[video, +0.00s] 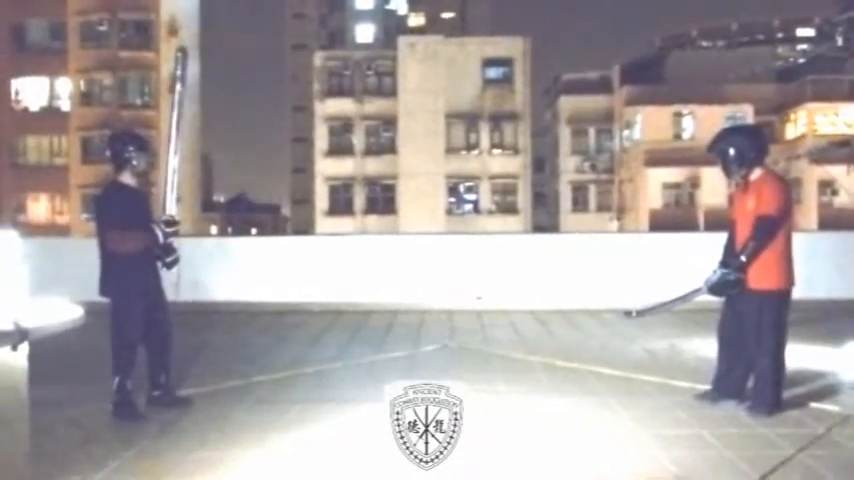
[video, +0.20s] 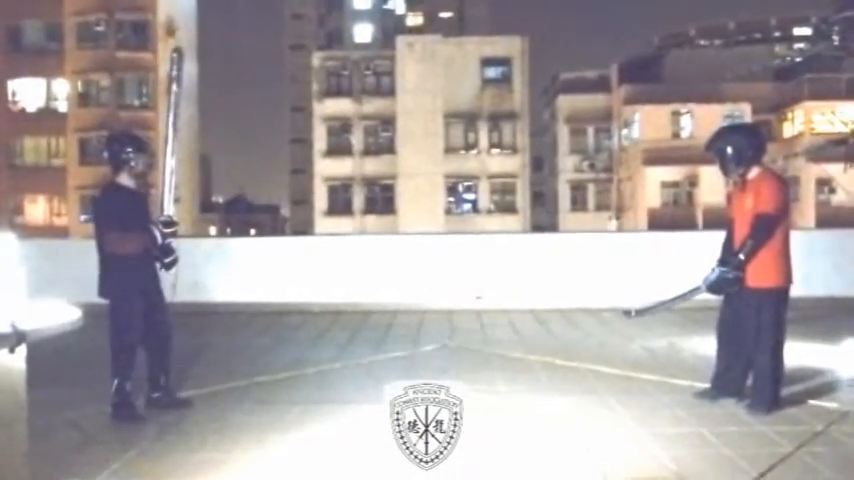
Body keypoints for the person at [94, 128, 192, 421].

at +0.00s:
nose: (148, 161)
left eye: (147, 155)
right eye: (143, 155)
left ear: (129, 157)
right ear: (129, 157)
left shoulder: (139, 195)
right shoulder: (112, 196)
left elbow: (140, 232)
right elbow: (113, 241)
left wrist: (159, 236)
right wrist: (153, 243)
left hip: (146, 277)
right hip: (123, 279)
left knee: (159, 329)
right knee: (127, 334)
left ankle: (160, 388)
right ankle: (121, 393)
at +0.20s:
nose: (148, 163)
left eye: (147, 157)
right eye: (143, 157)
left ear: (130, 159)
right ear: (127, 159)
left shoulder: (137, 195)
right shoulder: (110, 198)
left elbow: (139, 232)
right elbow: (111, 243)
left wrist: (158, 240)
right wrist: (151, 246)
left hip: (145, 278)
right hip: (122, 281)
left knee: (159, 331)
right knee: (126, 335)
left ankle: (160, 389)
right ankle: (121, 397)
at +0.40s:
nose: (145, 163)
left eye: (144, 157)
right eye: (139, 157)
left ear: (126, 160)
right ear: (124, 160)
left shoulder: (135, 196)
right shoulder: (107, 199)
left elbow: (136, 233)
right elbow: (111, 244)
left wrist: (155, 233)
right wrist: (150, 245)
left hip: (143, 279)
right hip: (119, 282)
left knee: (157, 330)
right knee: (123, 336)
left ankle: (157, 390)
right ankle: (118, 396)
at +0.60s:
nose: (142, 162)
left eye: (141, 156)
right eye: (136, 156)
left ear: (121, 159)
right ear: (121, 160)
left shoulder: (131, 195)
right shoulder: (106, 198)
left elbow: (133, 232)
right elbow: (110, 244)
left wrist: (152, 231)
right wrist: (149, 246)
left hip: (140, 278)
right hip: (118, 281)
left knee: (154, 331)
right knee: (121, 338)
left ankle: (155, 391)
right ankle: (116, 398)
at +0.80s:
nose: (141, 162)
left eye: (140, 156)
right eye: (135, 156)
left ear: (121, 160)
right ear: (119, 160)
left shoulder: (130, 195)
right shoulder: (106, 198)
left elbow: (131, 233)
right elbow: (108, 245)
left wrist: (150, 234)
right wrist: (147, 249)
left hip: (138, 278)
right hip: (117, 281)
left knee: (152, 333)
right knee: (119, 338)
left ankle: (153, 391)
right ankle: (114, 396)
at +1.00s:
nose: (126, 160)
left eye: (127, 153)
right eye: (119, 153)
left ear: (130, 159)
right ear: (103, 159)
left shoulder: (123, 196)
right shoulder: (93, 198)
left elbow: (126, 234)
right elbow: (96, 247)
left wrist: (143, 245)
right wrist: (138, 250)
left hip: (130, 276)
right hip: (106, 279)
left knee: (143, 333)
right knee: (109, 339)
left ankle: (145, 393)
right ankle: (105, 400)